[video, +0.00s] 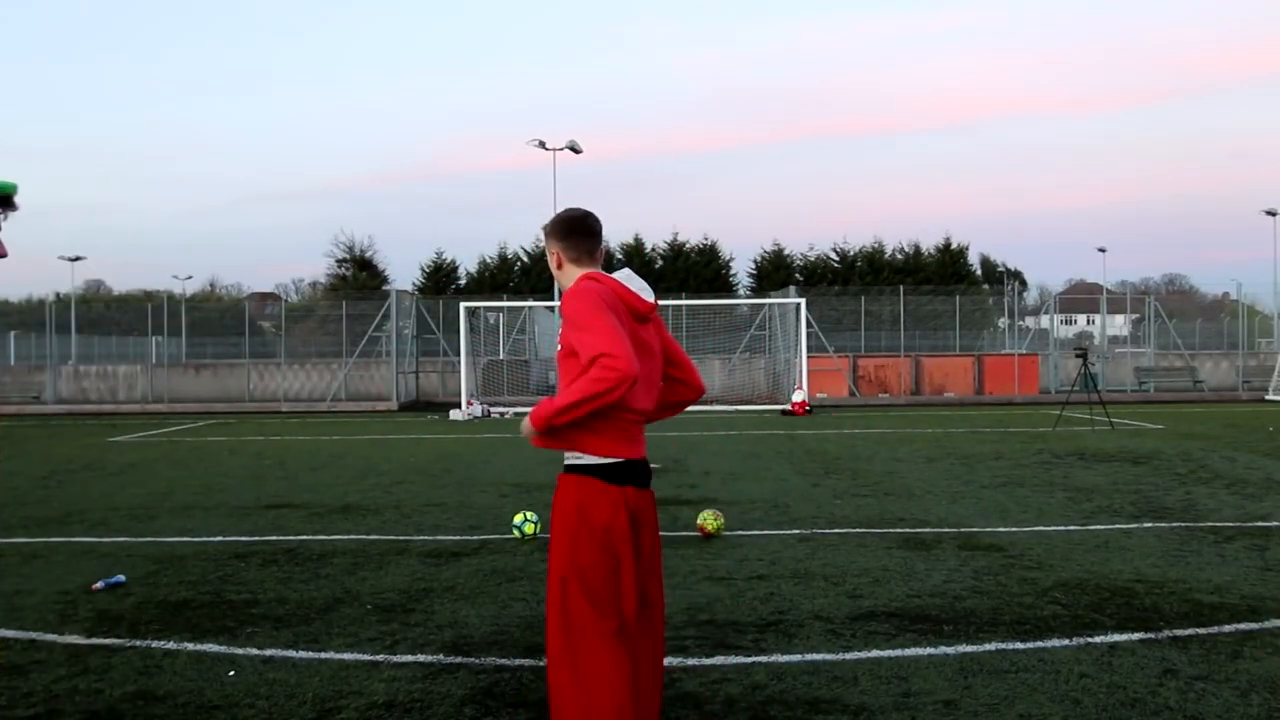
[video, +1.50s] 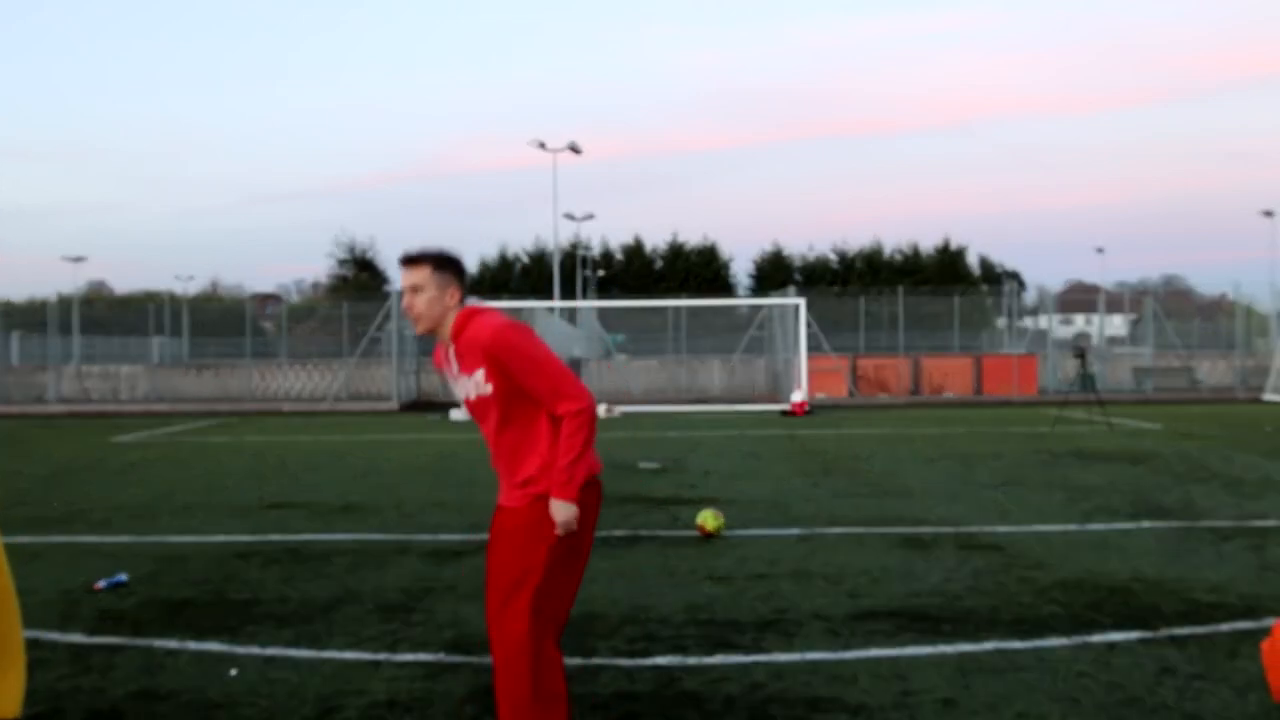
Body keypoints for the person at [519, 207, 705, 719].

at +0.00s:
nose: (550, 266)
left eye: (547, 258)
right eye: (549, 259)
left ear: (554, 257)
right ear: (602, 253)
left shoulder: (583, 296)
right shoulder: (632, 299)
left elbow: (614, 370)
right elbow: (686, 384)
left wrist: (542, 417)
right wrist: (621, 412)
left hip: (591, 486)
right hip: (634, 485)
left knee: (587, 631)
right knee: (635, 626)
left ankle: (596, 715)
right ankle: (635, 713)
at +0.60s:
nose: (506, 272)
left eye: (514, 260)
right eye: (504, 262)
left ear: (549, 258)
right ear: (554, 262)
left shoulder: (560, 310)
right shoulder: (584, 310)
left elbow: (609, 393)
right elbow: (642, 394)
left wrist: (557, 465)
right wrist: (627, 469)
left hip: (555, 508)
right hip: (599, 507)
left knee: (524, 648)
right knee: (602, 651)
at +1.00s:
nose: (450, 270)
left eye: (459, 257)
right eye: (449, 259)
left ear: (495, 258)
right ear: (497, 261)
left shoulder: (513, 313)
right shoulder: (530, 309)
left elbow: (564, 409)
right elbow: (583, 402)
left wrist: (525, 493)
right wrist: (551, 483)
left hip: (506, 507)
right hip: (535, 507)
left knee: (489, 642)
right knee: (535, 635)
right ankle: (566, 706)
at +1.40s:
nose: (421, 282)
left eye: (430, 270)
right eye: (419, 271)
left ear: (466, 271)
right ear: (455, 275)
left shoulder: (503, 317)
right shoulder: (467, 326)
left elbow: (574, 404)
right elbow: (511, 410)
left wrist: (550, 487)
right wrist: (498, 486)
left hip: (531, 497)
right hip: (501, 494)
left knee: (514, 633)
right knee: (495, 629)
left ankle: (515, 714)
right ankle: (501, 711)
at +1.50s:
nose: (406, 304)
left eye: (415, 292)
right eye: (403, 294)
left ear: (451, 293)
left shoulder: (494, 333)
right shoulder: (447, 354)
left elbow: (577, 404)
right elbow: (513, 416)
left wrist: (565, 490)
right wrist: (517, 490)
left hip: (550, 496)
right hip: (518, 495)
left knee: (526, 632)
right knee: (507, 629)